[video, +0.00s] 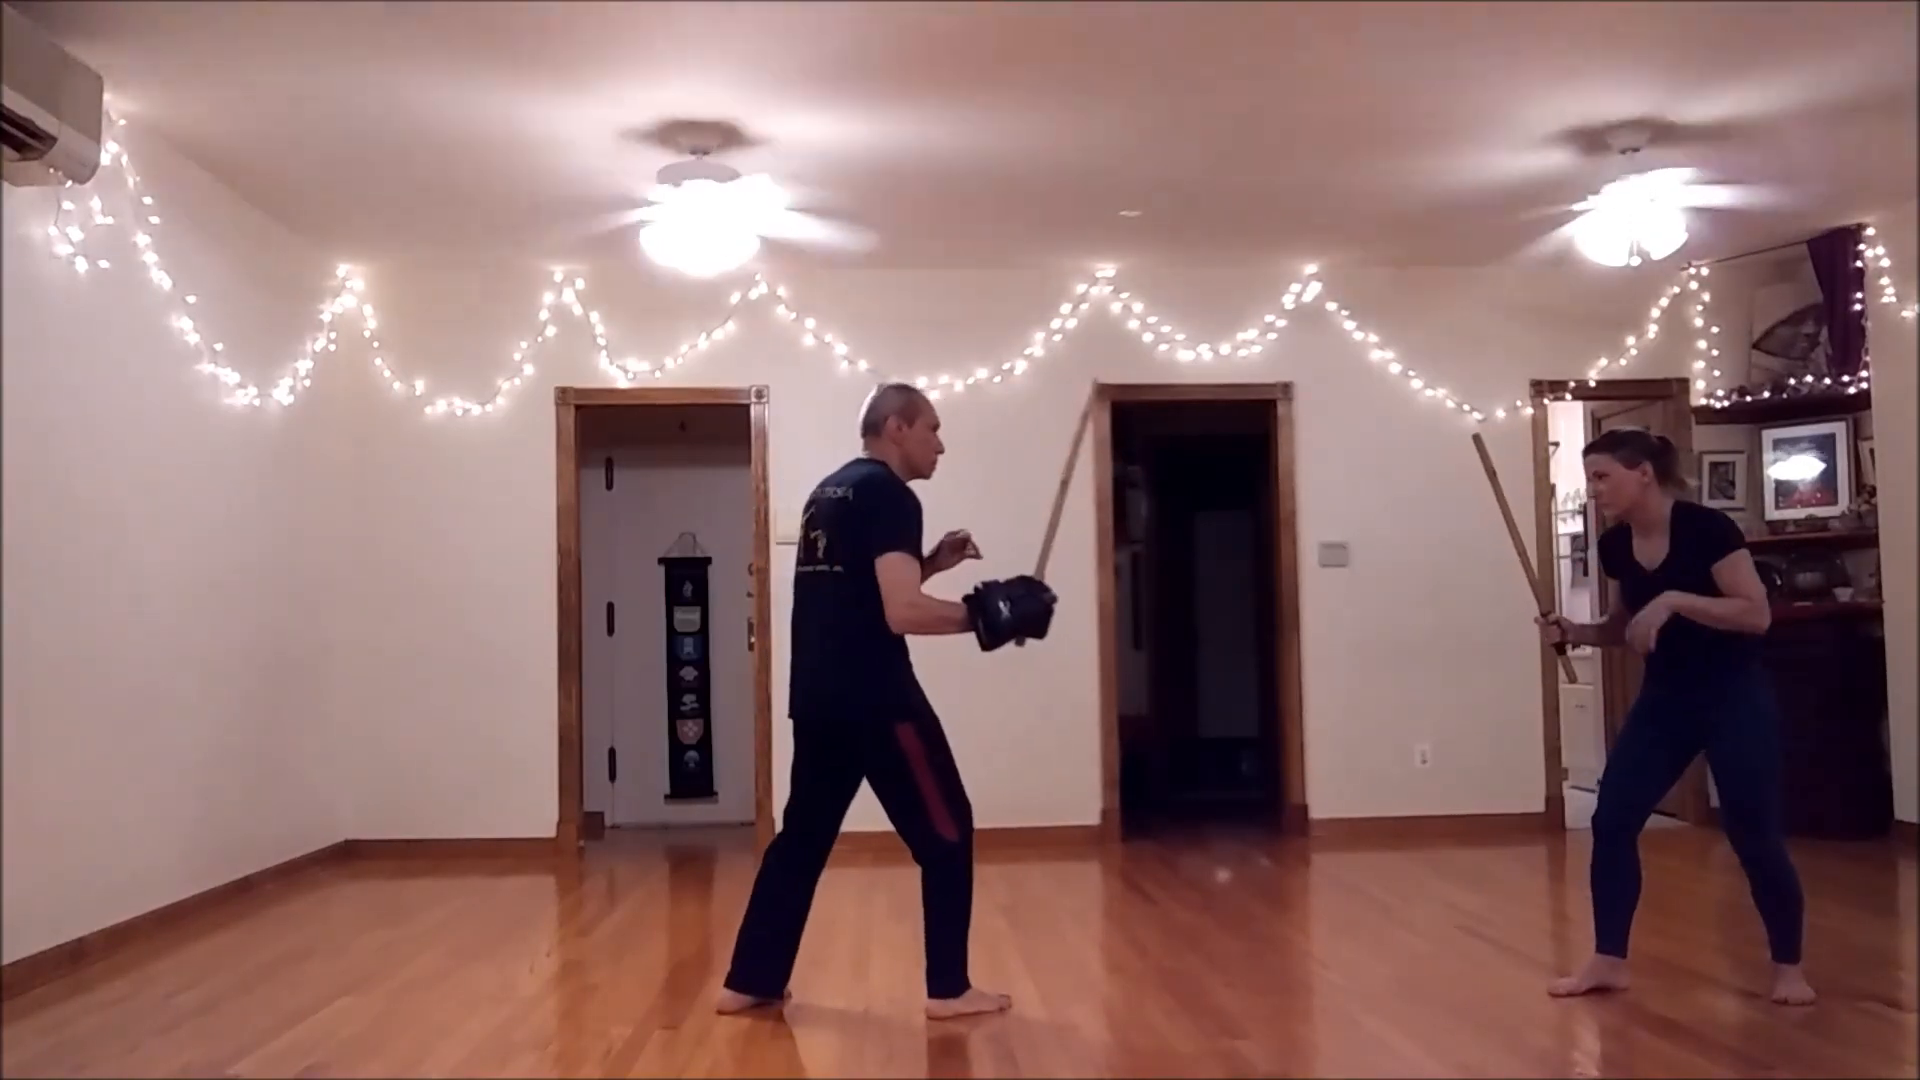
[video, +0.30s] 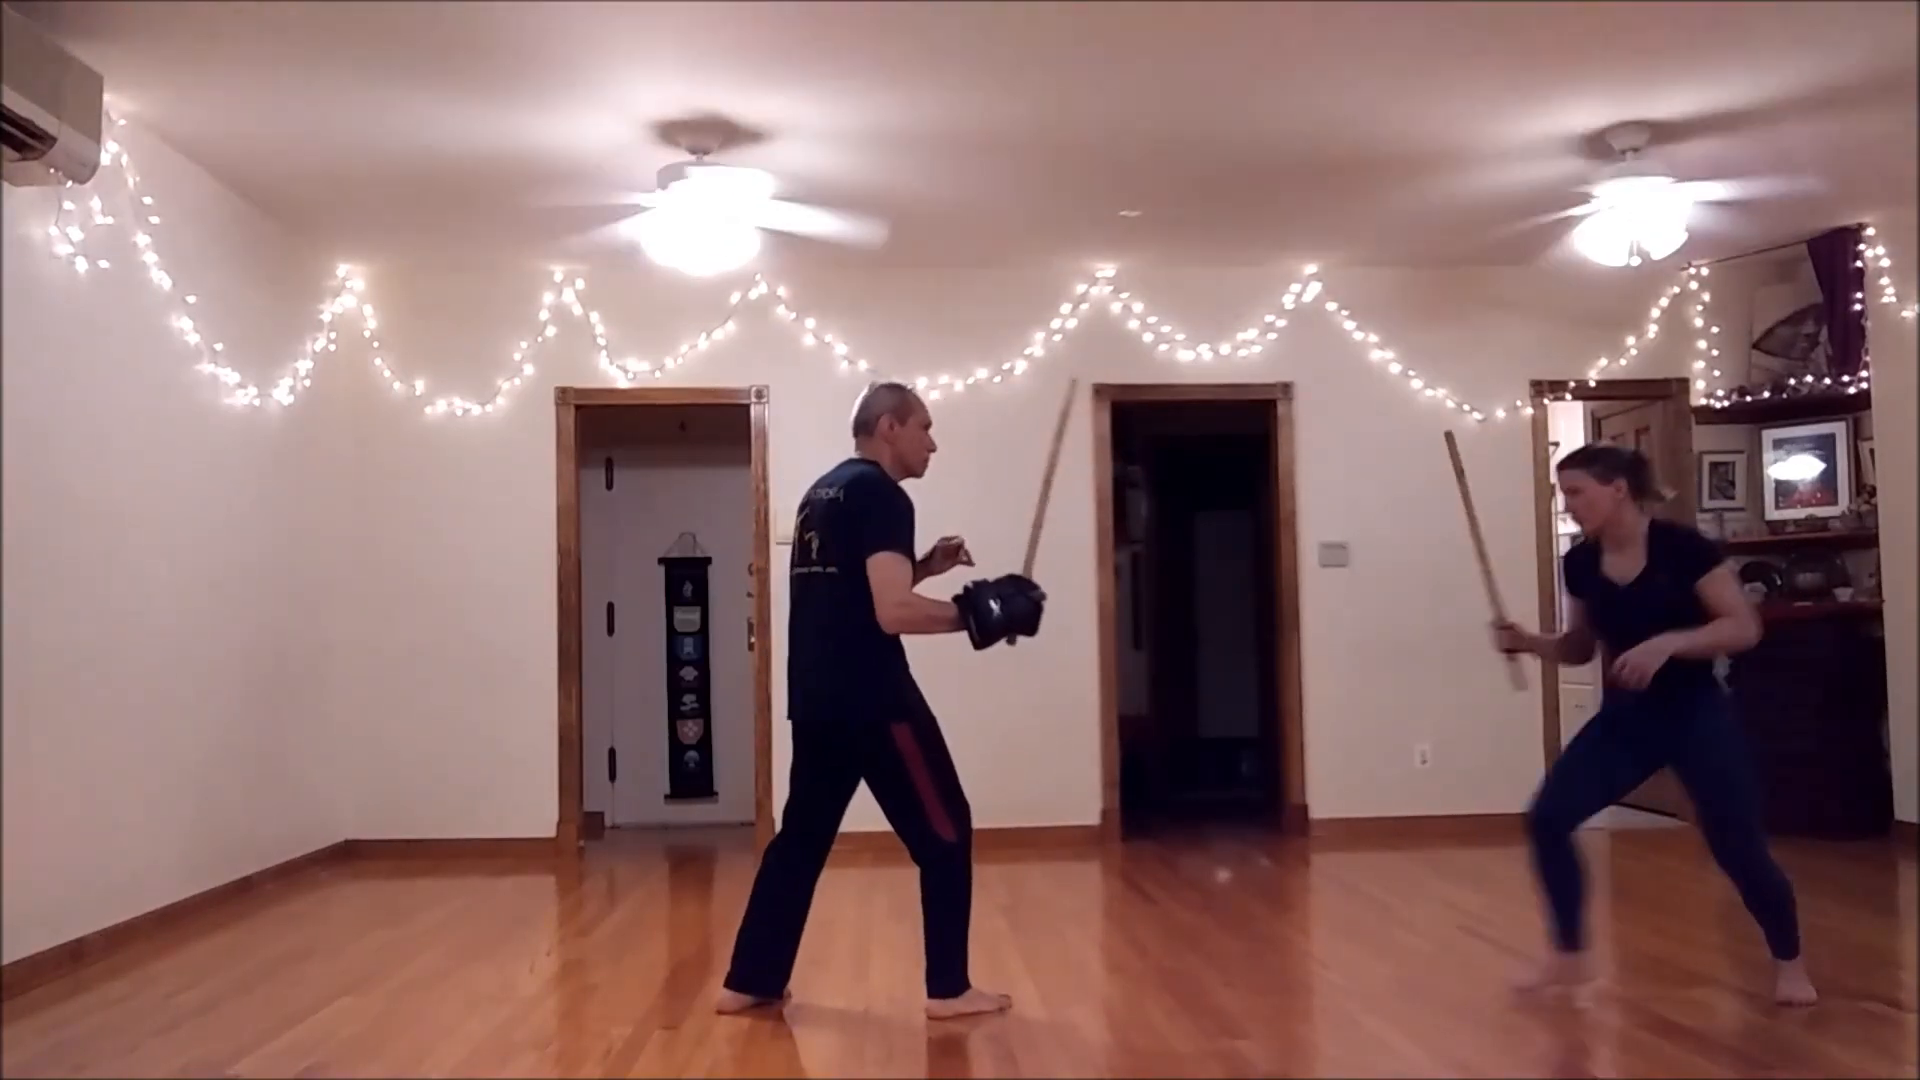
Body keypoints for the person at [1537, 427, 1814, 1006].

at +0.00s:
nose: (1593, 491)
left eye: (1601, 477)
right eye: (1589, 480)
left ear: (1641, 474)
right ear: (1628, 480)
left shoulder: (1708, 528)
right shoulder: (1615, 546)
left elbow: (1756, 613)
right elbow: (1629, 625)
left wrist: (1673, 601)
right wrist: (1575, 632)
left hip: (1734, 700)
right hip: (1666, 701)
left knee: (1754, 833)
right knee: (1612, 822)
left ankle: (1789, 968)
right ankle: (1609, 960)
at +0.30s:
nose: (1567, 505)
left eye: (1575, 492)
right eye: (1563, 495)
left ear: (1616, 489)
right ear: (1608, 495)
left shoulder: (1684, 548)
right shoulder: (1582, 563)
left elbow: (1745, 627)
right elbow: (1579, 647)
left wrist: (1666, 644)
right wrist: (1528, 642)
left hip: (1699, 717)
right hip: (1627, 718)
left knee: (1736, 843)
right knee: (1547, 818)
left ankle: (1788, 960)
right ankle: (1569, 956)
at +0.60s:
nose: (1382, 515)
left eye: (1393, 502)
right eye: (1380, 504)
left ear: (1432, 504)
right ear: (1397, 515)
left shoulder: (1490, 555)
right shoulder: (1390, 585)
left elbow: (1557, 625)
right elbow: (1324, 652)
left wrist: (1482, 637)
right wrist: (1253, 653)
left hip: (1535, 725)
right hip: (1466, 734)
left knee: (1600, 843)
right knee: (1397, 830)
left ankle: (1695, 936)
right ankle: (1396, 974)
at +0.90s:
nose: (1263, 527)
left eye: (1272, 514)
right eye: (1258, 517)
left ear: (1309, 513)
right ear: (1265, 523)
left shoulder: (1360, 566)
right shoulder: (1274, 584)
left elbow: (1437, 618)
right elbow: (1225, 650)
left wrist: (1394, 660)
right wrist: (1176, 606)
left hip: (1364, 733)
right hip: (1307, 735)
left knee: (1365, 851)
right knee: (1209, 803)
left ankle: (1442, 984)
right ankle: (1175, 925)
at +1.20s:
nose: (1134, 523)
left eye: (1145, 512)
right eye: (1127, 513)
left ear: (1176, 514)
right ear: (1121, 518)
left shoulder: (1206, 572)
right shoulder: (1118, 571)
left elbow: (1238, 638)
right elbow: (1074, 626)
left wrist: (1220, 623)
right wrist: (1117, 590)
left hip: (1193, 716)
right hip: (1135, 718)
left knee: (1244, 795)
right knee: (1117, 827)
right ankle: (1081, 925)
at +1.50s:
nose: (1112, 537)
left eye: (1121, 527)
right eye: (1102, 528)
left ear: (1138, 531)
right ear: (1091, 532)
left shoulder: (1152, 574)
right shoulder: (1083, 576)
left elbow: (1172, 642)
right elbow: (1079, 638)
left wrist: (1146, 606)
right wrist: (1107, 690)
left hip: (1117, 700)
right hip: (1070, 699)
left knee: (1101, 798)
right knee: (1080, 797)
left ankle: (1079, 891)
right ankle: (1063, 888)